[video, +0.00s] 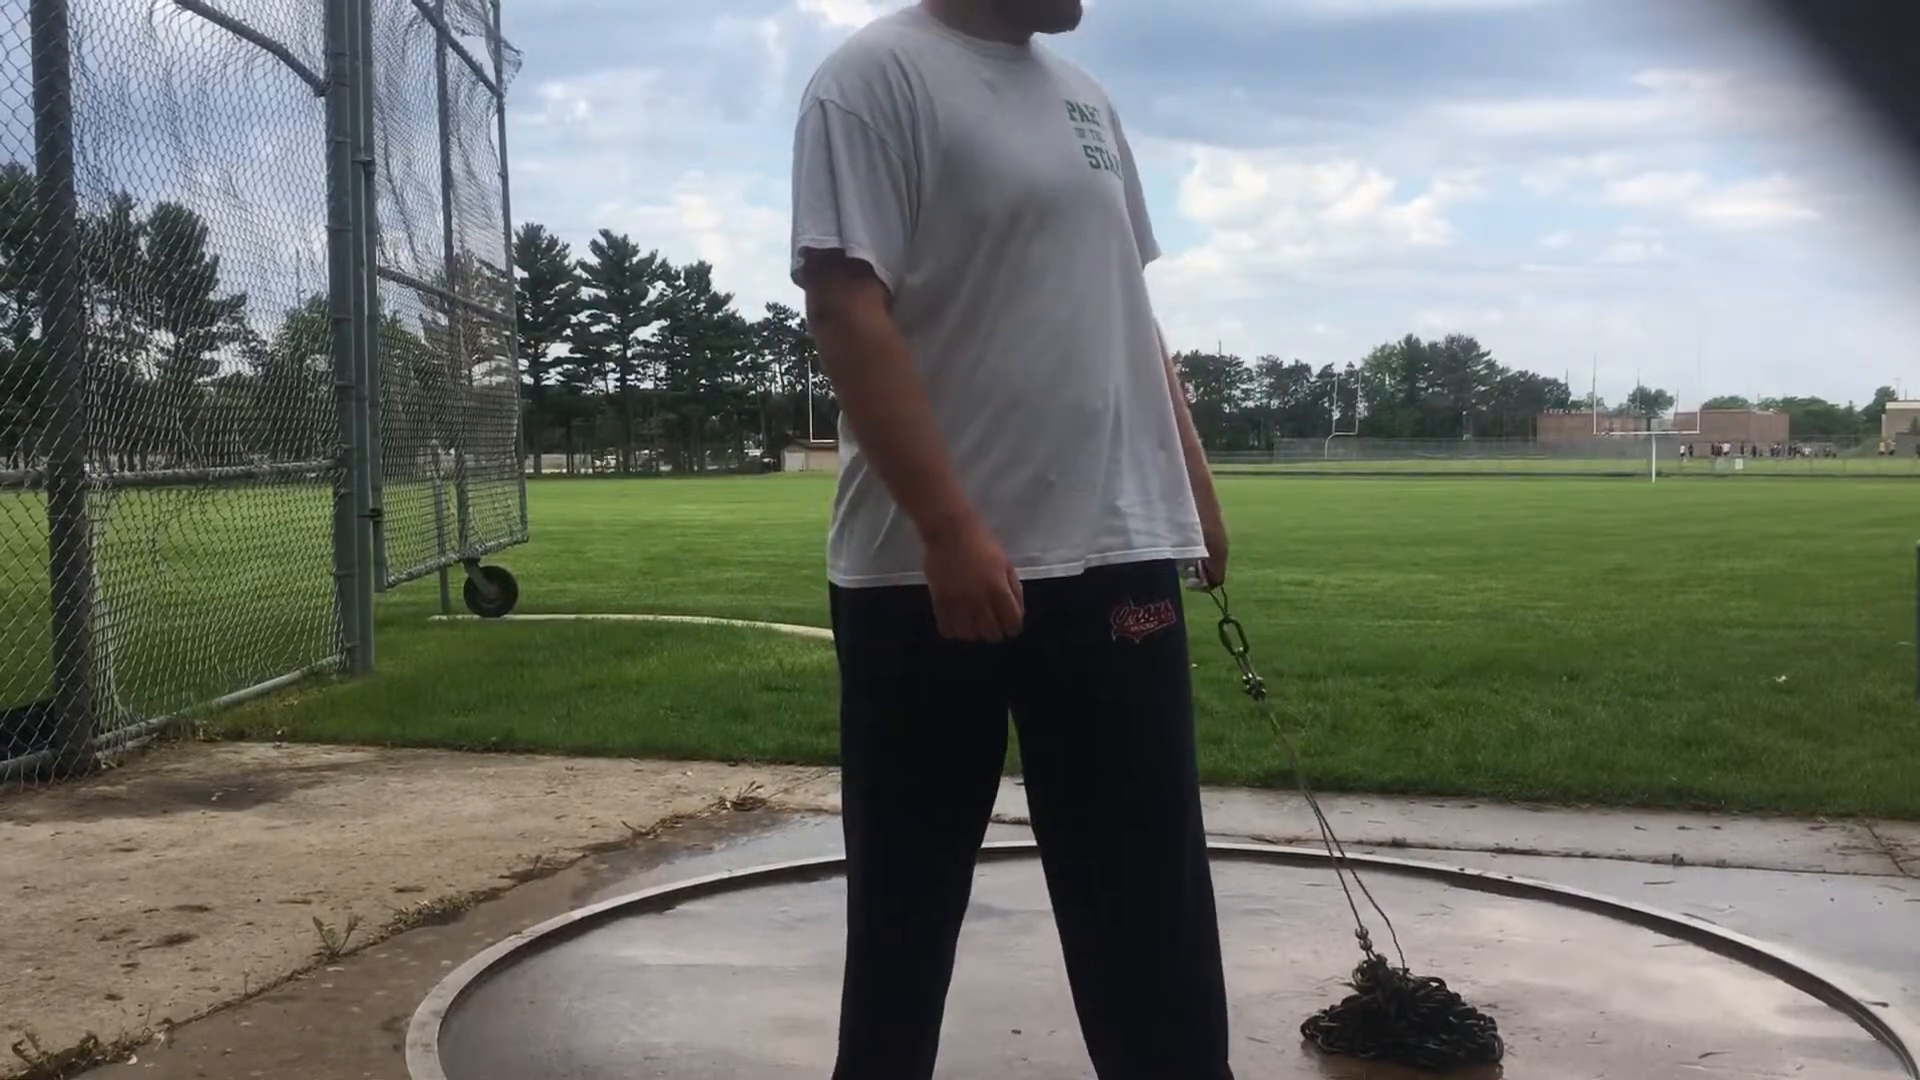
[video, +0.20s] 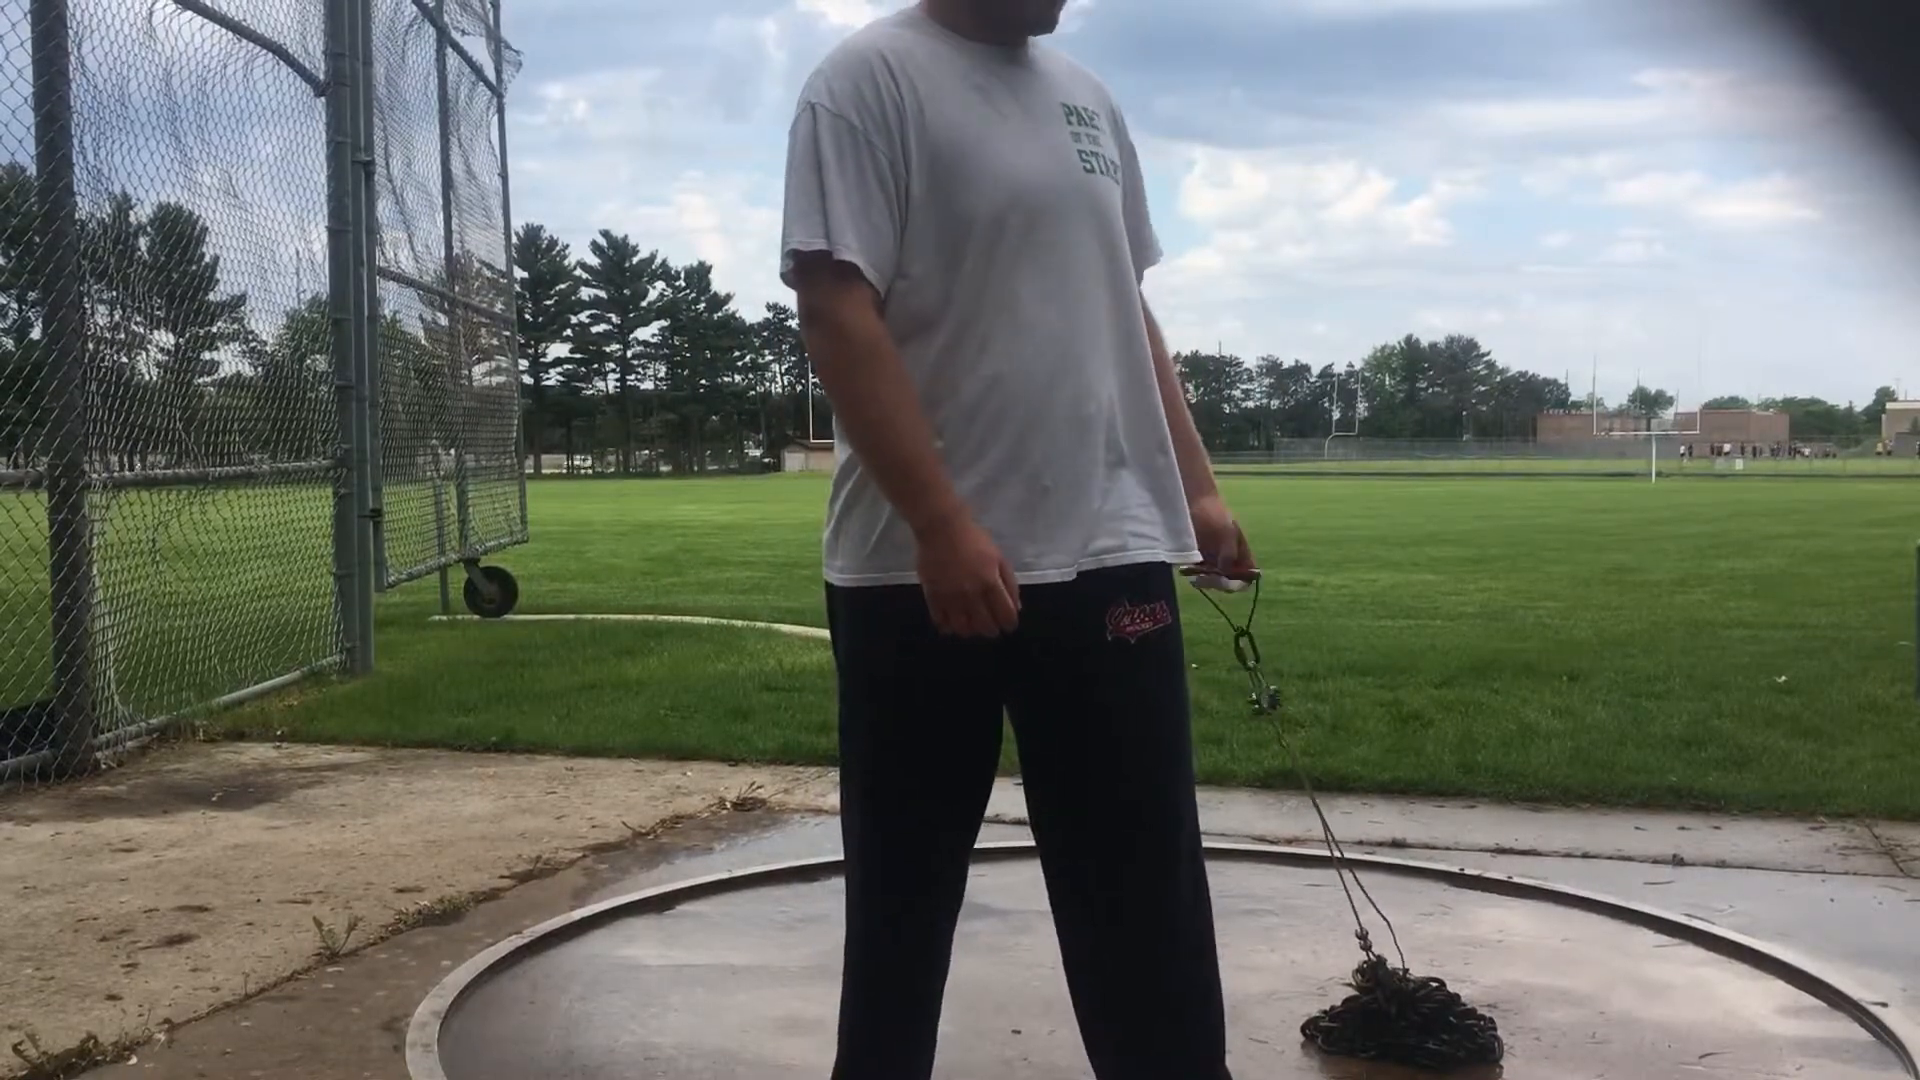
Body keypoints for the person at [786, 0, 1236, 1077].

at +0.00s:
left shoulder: (1085, 95)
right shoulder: (867, 77)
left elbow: (1131, 317)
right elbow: (847, 316)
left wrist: (1193, 482)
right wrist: (946, 528)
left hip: (1114, 561)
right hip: (925, 575)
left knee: (1152, 924)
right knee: (903, 925)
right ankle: (881, 1074)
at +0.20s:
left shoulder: (1088, 98)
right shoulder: (863, 79)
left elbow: (1125, 311)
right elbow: (836, 317)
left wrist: (1197, 487)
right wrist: (941, 526)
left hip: (1109, 564)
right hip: (918, 573)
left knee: (1148, 913)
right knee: (900, 917)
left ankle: (1174, 1072)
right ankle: (881, 1072)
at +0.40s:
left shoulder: (1106, 101)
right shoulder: (864, 81)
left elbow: (1141, 310)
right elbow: (820, 315)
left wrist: (1225, 480)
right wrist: (897, 527)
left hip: (1102, 558)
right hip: (911, 566)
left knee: (1145, 910)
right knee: (894, 914)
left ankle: (1174, 1071)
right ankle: (873, 1075)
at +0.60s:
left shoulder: (1152, 96)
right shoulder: (879, 87)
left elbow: (1188, 298)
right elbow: (809, 317)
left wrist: (1268, 474)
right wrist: (850, 547)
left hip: (1115, 560)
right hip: (922, 565)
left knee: (1153, 921)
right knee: (890, 927)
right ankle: (869, 1078)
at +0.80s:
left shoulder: (1201, 99)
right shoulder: (897, 93)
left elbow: (1294, 297)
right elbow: (815, 316)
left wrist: (1356, 492)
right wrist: (828, 543)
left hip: (1130, 555)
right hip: (928, 559)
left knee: (1160, 912)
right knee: (890, 911)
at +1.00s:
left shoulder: (1201, 86)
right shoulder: (886, 105)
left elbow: (1337, 256)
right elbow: (828, 324)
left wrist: (1367, 449)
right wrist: (861, 538)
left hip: (1148, 565)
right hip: (943, 566)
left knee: (1179, 916)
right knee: (902, 918)